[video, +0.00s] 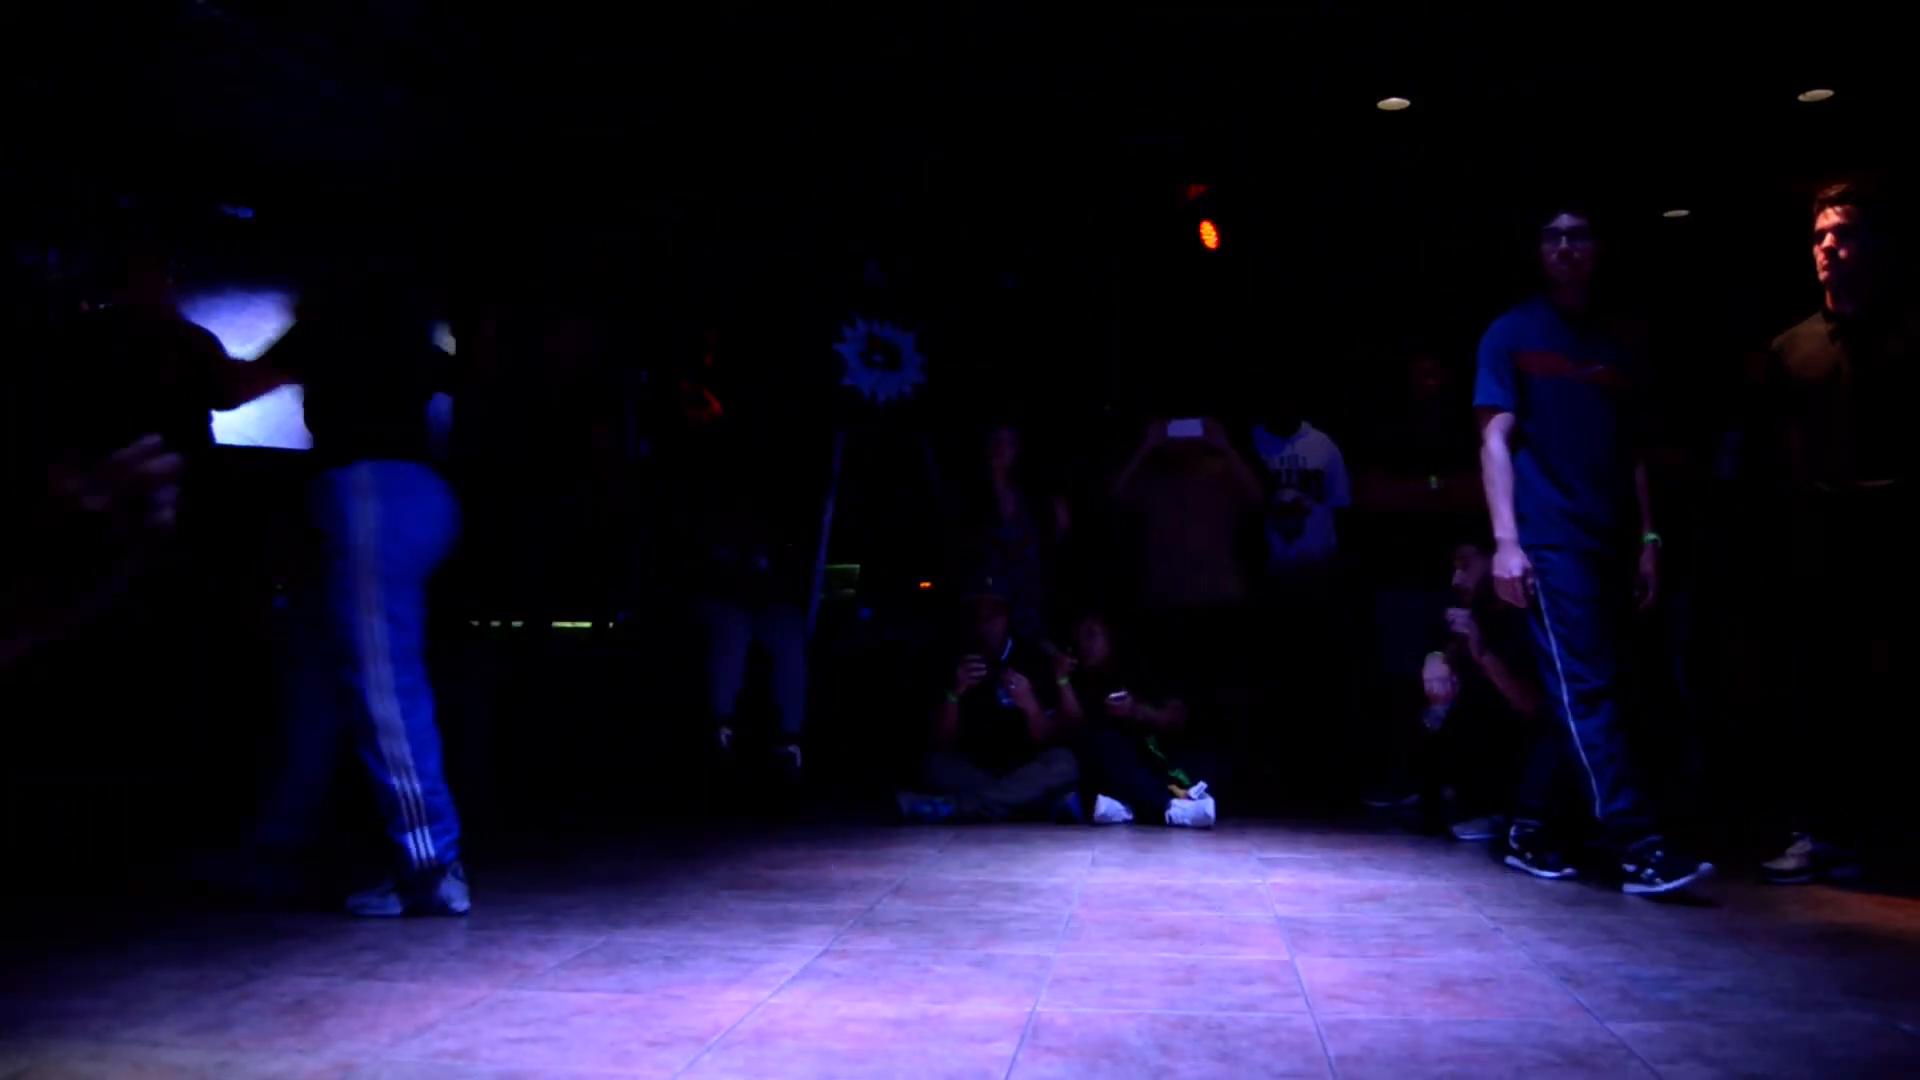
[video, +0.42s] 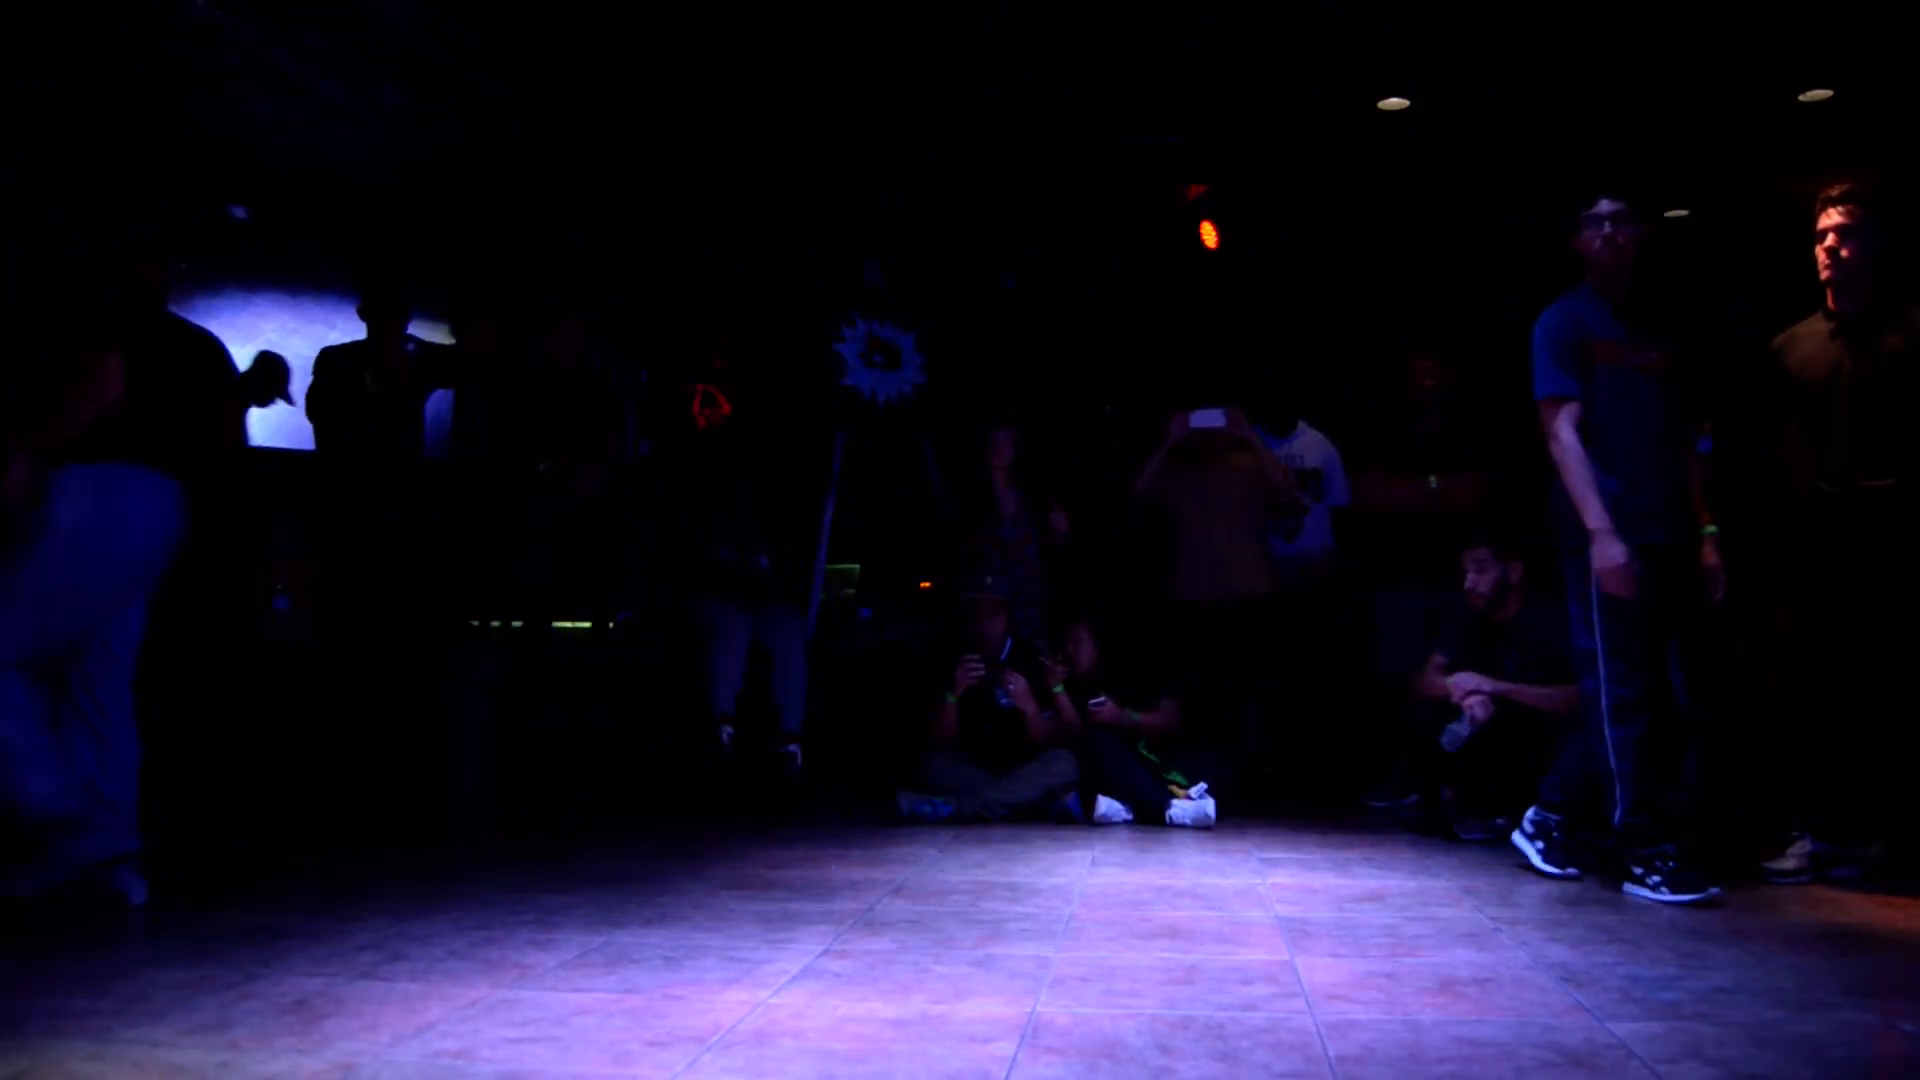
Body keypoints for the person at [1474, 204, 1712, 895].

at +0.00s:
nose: (1566, 250)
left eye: (1579, 238)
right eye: (1555, 239)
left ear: (1598, 249)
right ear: (1539, 251)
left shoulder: (1618, 335)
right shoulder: (1512, 334)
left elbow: (1635, 447)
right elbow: (1495, 441)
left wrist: (1647, 535)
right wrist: (1505, 542)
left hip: (1609, 532)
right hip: (1547, 534)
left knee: (1585, 685)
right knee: (1587, 685)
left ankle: (1532, 829)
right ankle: (1636, 849)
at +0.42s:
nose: (1614, 238)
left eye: (1624, 225)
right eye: (1600, 227)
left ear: (1642, 237)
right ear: (1579, 241)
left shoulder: (1657, 318)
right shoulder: (1564, 323)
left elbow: (1685, 440)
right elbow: (1562, 434)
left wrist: (1705, 530)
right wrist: (1603, 535)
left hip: (1663, 527)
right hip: (1606, 530)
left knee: (1636, 687)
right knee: (1624, 692)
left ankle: (1551, 817)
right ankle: (1646, 851)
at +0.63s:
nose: (1640, 229)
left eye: (1651, 218)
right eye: (1625, 218)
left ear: (1667, 231)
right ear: (1602, 234)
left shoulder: (1672, 314)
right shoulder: (1589, 316)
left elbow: (1696, 437)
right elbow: (1590, 427)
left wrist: (1730, 525)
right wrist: (1643, 527)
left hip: (1678, 526)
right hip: (1620, 532)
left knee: (1682, 680)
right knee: (1635, 688)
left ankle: (1609, 802)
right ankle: (1648, 854)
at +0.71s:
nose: (1650, 229)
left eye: (1661, 217)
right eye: (1634, 217)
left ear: (1677, 229)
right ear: (1611, 232)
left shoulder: (1684, 312)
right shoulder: (1597, 315)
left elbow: (1704, 437)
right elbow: (1599, 426)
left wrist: (1737, 524)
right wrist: (1651, 526)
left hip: (1689, 527)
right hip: (1627, 532)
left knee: (1701, 686)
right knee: (1643, 690)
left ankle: (1702, 847)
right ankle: (1647, 855)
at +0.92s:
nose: (1678, 226)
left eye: (1687, 212)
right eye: (1664, 214)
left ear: (1705, 226)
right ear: (1641, 228)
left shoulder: (1714, 318)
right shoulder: (1619, 313)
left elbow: (1730, 444)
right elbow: (1612, 424)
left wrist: (1761, 534)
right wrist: (1651, 530)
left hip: (1719, 530)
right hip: (1653, 535)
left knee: (1750, 684)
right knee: (1661, 692)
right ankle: (1652, 857)